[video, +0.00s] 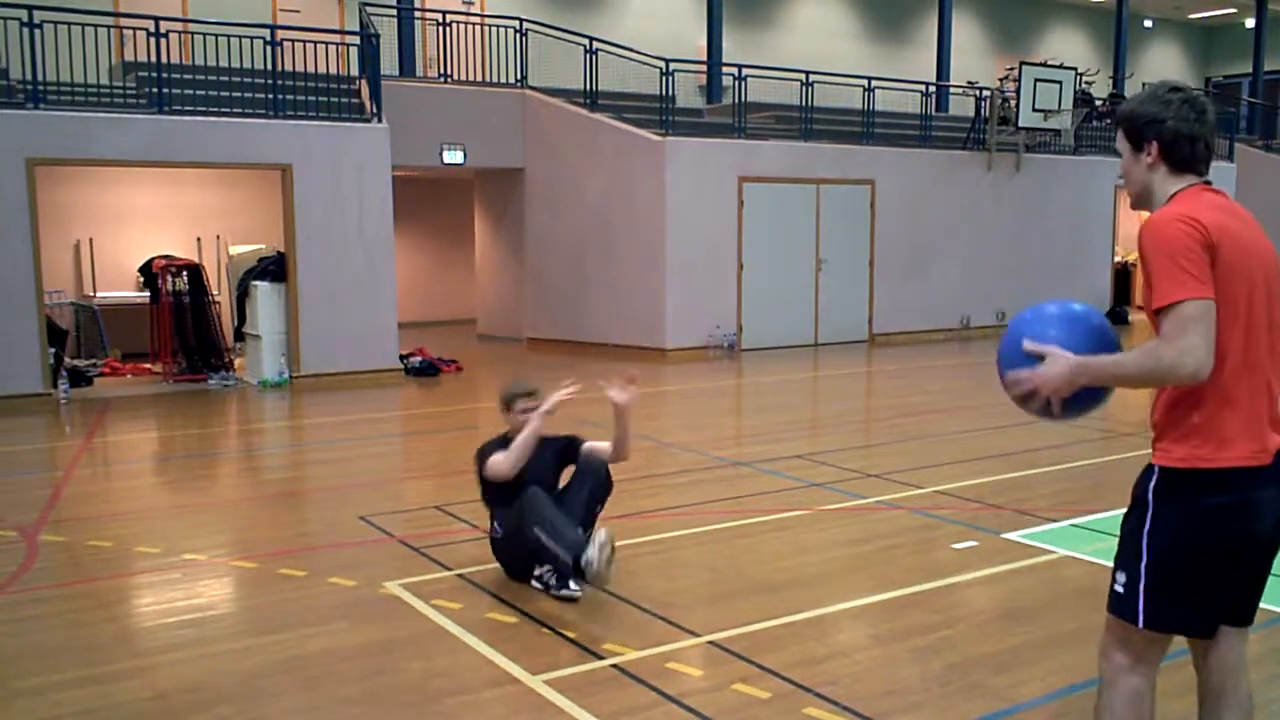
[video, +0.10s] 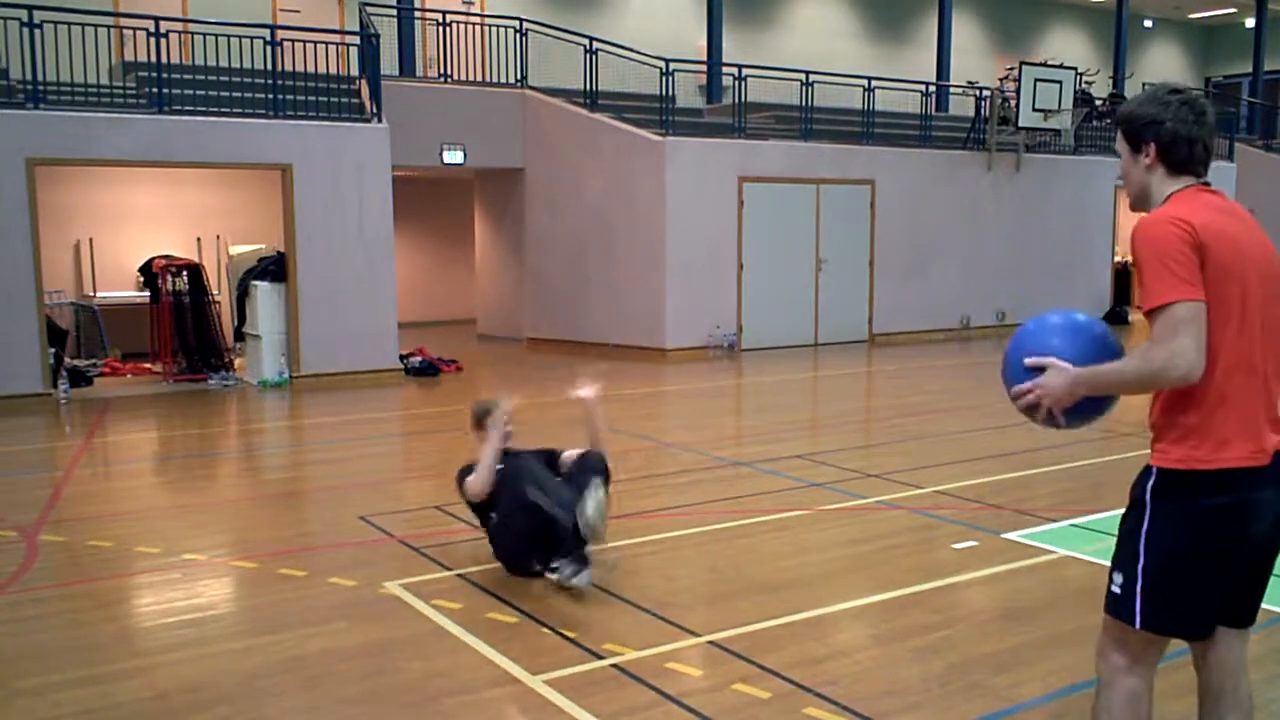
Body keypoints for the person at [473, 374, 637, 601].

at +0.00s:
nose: (531, 419)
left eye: (536, 411)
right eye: (523, 412)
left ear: (542, 412)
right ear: (507, 415)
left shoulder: (557, 446)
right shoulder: (490, 452)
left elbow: (618, 454)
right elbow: (506, 469)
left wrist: (621, 410)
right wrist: (541, 414)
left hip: (559, 543)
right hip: (516, 550)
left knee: (594, 468)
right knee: (532, 498)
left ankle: (554, 569)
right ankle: (585, 559)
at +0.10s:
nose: (508, 430)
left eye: (509, 424)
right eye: (501, 425)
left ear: (512, 425)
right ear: (482, 431)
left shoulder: (528, 458)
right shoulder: (470, 473)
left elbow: (596, 460)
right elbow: (478, 492)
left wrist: (591, 407)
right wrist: (494, 435)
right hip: (518, 553)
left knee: (592, 462)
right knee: (520, 469)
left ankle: (572, 559)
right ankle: (579, 517)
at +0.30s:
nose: (481, 469)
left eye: (482, 466)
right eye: (472, 468)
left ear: (493, 468)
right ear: (459, 485)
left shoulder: (516, 492)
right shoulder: (462, 513)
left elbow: (535, 451)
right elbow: (436, 480)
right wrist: (423, 446)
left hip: (551, 536)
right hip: (502, 537)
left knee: (553, 445)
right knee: (492, 441)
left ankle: (589, 434)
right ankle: (536, 383)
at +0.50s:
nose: (464, 475)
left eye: (465, 472)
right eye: (456, 476)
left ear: (477, 474)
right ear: (447, 493)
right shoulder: (450, 515)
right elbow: (411, 469)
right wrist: (403, 500)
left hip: (550, 504)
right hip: (501, 510)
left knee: (514, 437)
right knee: (473, 444)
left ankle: (516, 352)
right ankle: (477, 356)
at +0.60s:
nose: (455, 485)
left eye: (458, 482)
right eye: (449, 486)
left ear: (467, 485)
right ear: (443, 499)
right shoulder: (447, 520)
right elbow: (400, 477)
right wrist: (407, 518)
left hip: (546, 480)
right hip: (490, 486)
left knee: (498, 434)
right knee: (464, 455)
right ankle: (459, 368)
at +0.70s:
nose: (452, 488)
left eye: (453, 486)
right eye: (446, 492)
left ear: (462, 487)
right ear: (441, 505)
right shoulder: (444, 522)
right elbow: (396, 481)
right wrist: (410, 518)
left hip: (540, 462)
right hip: (484, 470)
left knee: (484, 434)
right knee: (454, 457)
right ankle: (442, 375)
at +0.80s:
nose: (450, 490)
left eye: (450, 490)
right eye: (445, 494)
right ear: (442, 506)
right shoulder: (444, 524)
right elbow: (393, 483)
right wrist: (410, 519)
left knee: (475, 444)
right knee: (446, 466)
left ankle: (442, 380)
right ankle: (427, 388)